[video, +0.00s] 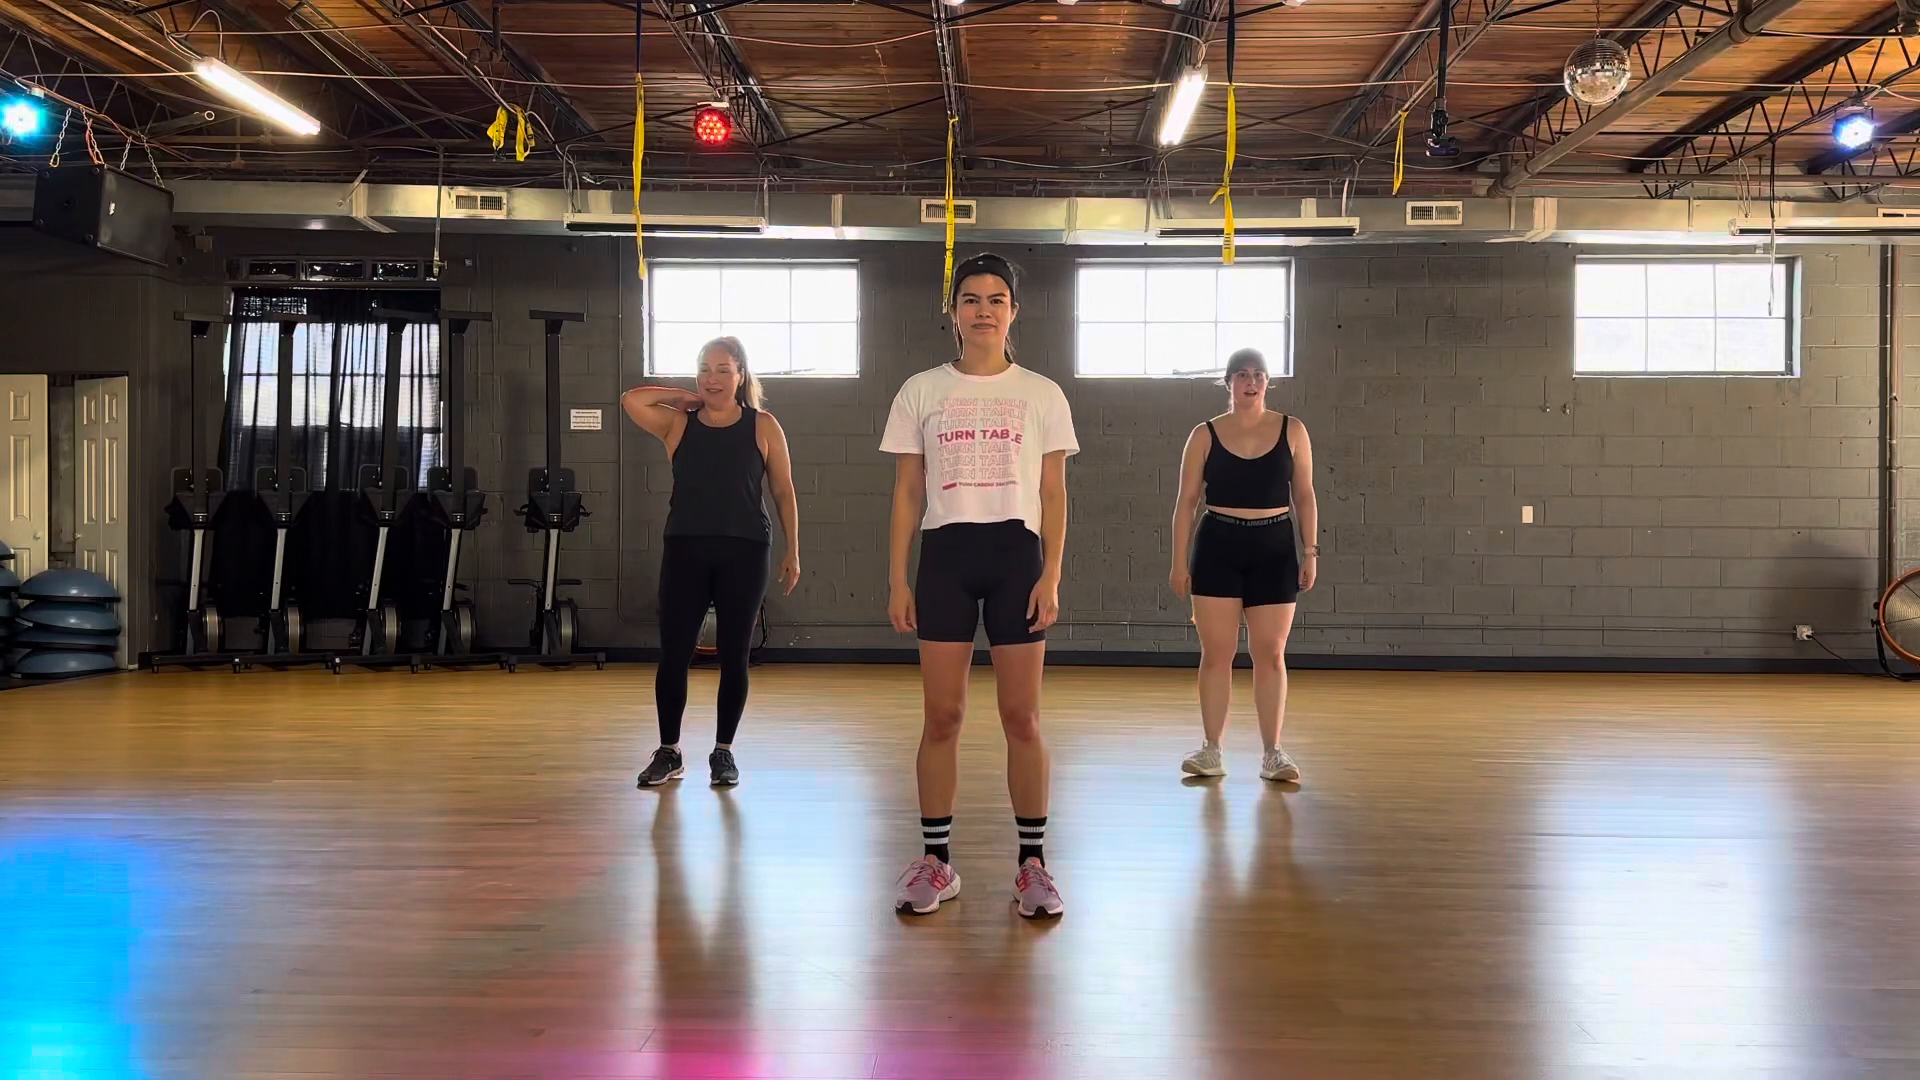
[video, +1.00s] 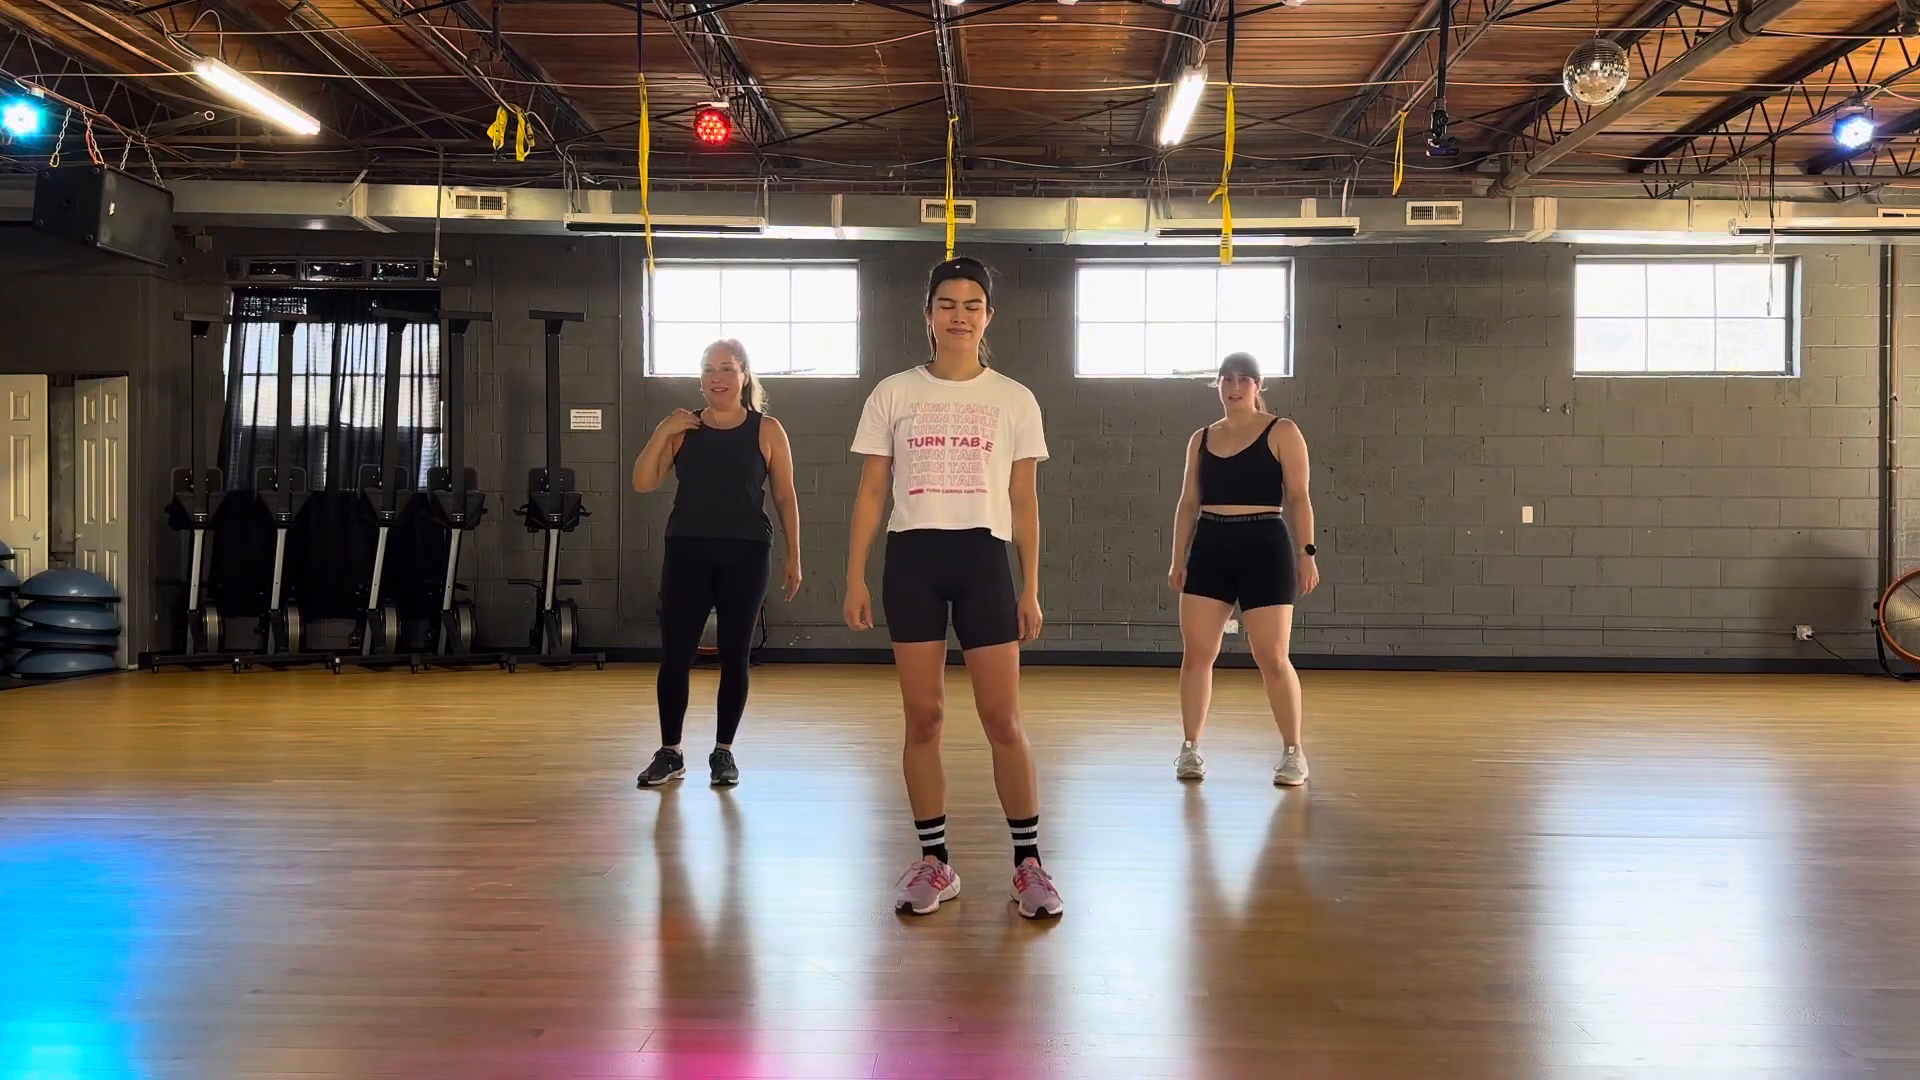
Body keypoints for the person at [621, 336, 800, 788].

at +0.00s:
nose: (714, 378)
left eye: (723, 369)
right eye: (706, 370)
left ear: (741, 375)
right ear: (698, 376)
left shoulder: (764, 426)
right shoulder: (676, 422)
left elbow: (784, 492)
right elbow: (631, 399)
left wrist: (792, 551)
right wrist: (677, 392)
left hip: (744, 552)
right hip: (685, 550)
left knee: (733, 654)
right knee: (674, 652)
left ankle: (722, 750)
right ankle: (667, 751)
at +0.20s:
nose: (716, 378)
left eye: (726, 370)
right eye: (709, 370)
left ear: (744, 377)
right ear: (701, 378)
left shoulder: (766, 427)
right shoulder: (680, 424)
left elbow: (784, 493)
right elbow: (630, 418)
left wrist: (792, 553)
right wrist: (677, 399)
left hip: (745, 553)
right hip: (687, 551)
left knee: (734, 654)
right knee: (675, 651)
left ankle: (722, 751)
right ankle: (668, 751)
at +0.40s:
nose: (717, 376)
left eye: (727, 369)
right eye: (711, 368)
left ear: (745, 376)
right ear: (702, 376)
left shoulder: (767, 427)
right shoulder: (681, 422)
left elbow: (785, 491)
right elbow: (629, 440)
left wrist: (793, 552)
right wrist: (667, 404)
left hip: (745, 552)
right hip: (687, 549)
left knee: (734, 653)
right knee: (670, 649)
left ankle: (723, 749)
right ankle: (665, 744)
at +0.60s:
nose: (718, 377)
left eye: (728, 369)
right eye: (711, 369)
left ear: (745, 377)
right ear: (701, 377)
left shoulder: (766, 428)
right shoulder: (681, 423)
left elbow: (784, 494)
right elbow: (630, 456)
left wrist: (795, 552)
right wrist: (659, 411)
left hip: (745, 553)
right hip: (687, 551)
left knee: (735, 655)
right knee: (678, 653)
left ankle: (722, 751)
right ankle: (669, 752)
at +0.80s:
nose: (716, 375)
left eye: (726, 368)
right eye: (709, 368)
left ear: (744, 375)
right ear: (701, 376)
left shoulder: (766, 428)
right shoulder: (681, 424)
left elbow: (786, 495)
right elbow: (632, 465)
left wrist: (792, 556)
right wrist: (658, 415)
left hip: (745, 553)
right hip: (687, 550)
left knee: (734, 654)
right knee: (671, 649)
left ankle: (723, 750)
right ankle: (666, 746)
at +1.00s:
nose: (718, 378)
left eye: (728, 370)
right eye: (710, 370)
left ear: (745, 376)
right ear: (702, 378)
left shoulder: (767, 430)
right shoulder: (683, 427)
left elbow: (785, 497)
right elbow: (643, 481)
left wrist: (794, 557)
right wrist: (663, 430)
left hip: (745, 554)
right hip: (687, 553)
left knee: (734, 656)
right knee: (676, 654)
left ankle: (723, 750)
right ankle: (670, 751)